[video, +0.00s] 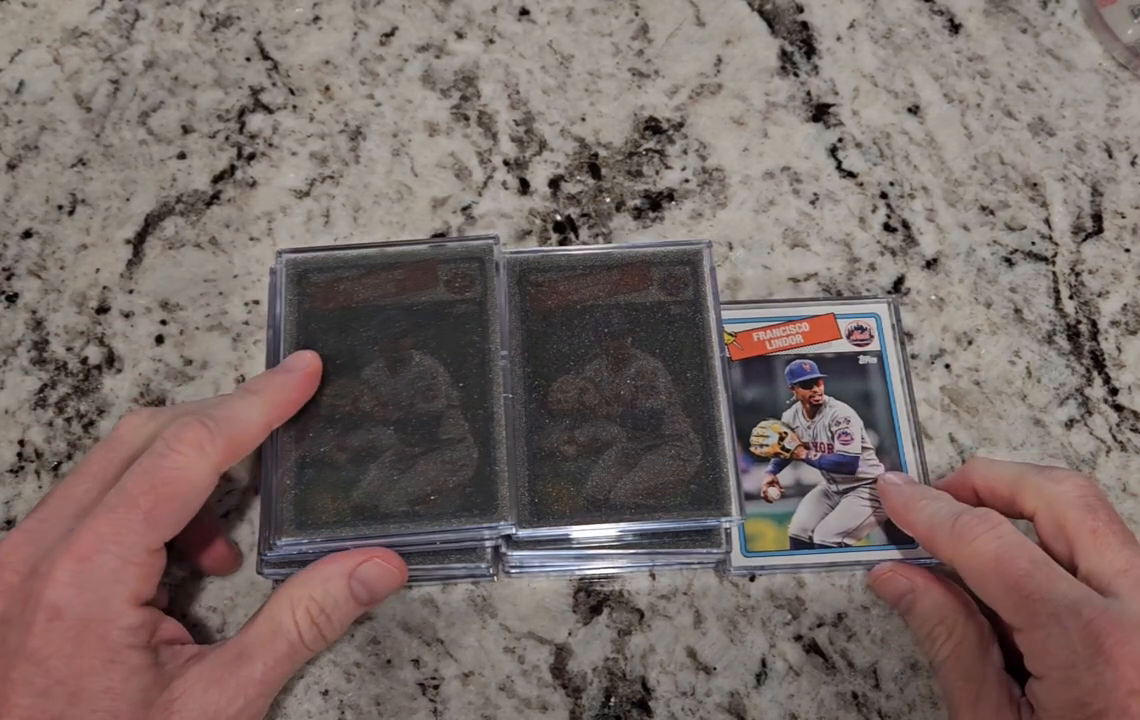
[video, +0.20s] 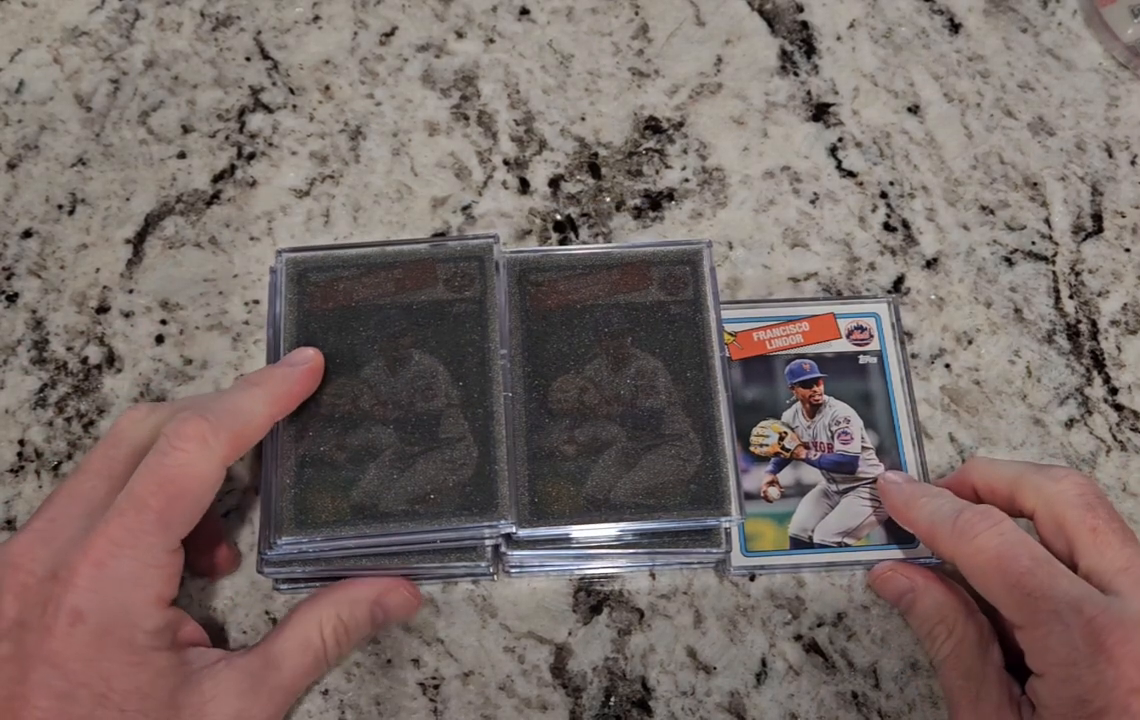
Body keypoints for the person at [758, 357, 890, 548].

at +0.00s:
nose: (816, 390)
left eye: (818, 383)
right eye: (807, 386)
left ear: (823, 382)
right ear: (794, 391)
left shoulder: (842, 415)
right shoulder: (790, 417)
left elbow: (848, 464)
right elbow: (787, 449)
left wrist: (805, 455)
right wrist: (770, 474)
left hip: (867, 490)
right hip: (832, 489)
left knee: (826, 537)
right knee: (799, 532)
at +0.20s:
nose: (815, 389)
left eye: (818, 382)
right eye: (807, 385)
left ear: (823, 383)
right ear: (794, 390)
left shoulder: (842, 414)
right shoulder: (791, 417)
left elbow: (848, 464)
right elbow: (787, 450)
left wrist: (804, 454)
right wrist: (770, 473)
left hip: (868, 489)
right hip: (832, 488)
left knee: (826, 537)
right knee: (799, 532)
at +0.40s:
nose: (807, 389)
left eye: (809, 382)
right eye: (798, 385)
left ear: (814, 381)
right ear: (785, 390)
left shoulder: (834, 413)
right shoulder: (781, 417)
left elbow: (840, 463)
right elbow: (778, 449)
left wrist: (796, 454)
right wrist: (762, 474)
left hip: (860, 489)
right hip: (823, 488)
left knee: (817, 537)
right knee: (791, 532)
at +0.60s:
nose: (797, 385)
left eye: (799, 378)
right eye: (789, 381)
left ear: (804, 378)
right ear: (776, 387)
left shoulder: (824, 410)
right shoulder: (772, 413)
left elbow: (830, 460)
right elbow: (768, 446)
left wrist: (786, 450)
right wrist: (752, 470)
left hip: (852, 486)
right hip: (814, 485)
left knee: (807, 533)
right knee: (781, 529)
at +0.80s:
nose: (797, 385)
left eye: (800, 378)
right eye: (789, 381)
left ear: (804, 378)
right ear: (776, 386)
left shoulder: (823, 410)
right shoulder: (772, 413)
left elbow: (830, 459)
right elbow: (768, 445)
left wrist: (786, 449)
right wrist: (752, 469)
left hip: (852, 485)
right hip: (814, 485)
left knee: (807, 532)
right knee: (781, 528)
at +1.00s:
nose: (798, 385)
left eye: (800, 378)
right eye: (789, 381)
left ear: (804, 377)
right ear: (776, 386)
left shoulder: (824, 410)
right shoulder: (772, 413)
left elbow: (830, 460)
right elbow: (767, 446)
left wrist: (785, 449)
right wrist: (752, 470)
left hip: (853, 485)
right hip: (815, 485)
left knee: (807, 532)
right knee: (781, 529)